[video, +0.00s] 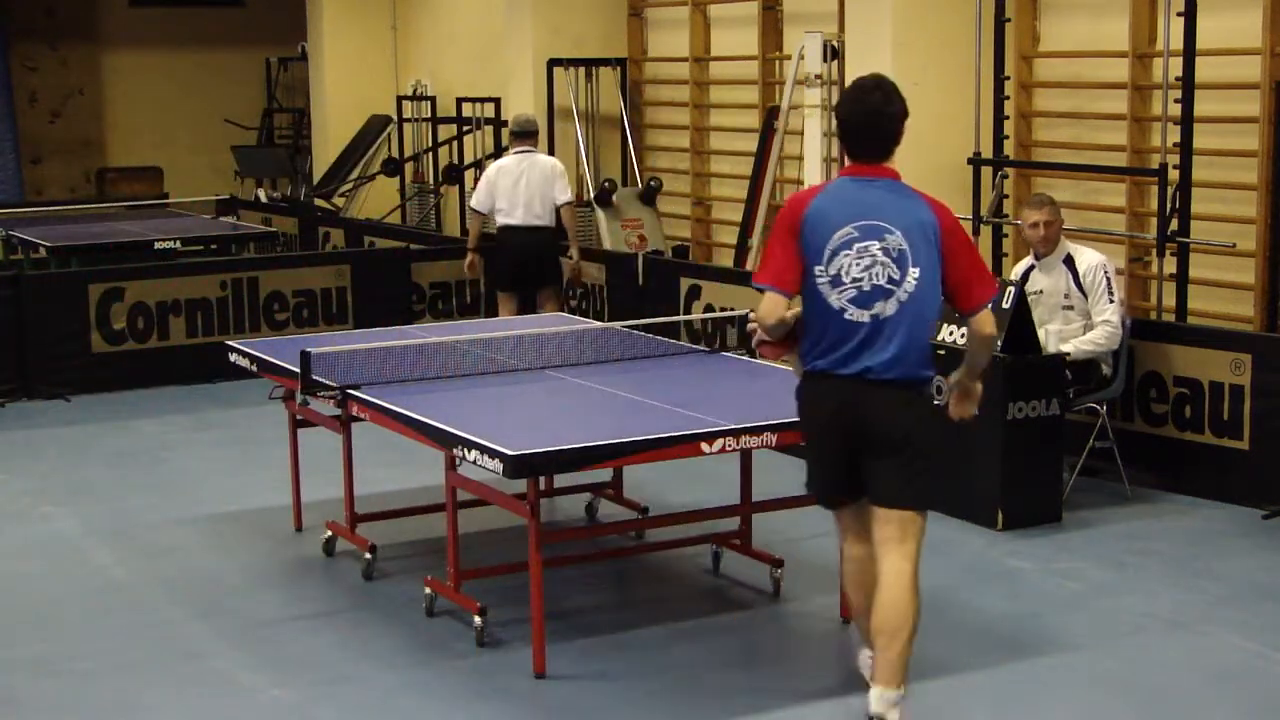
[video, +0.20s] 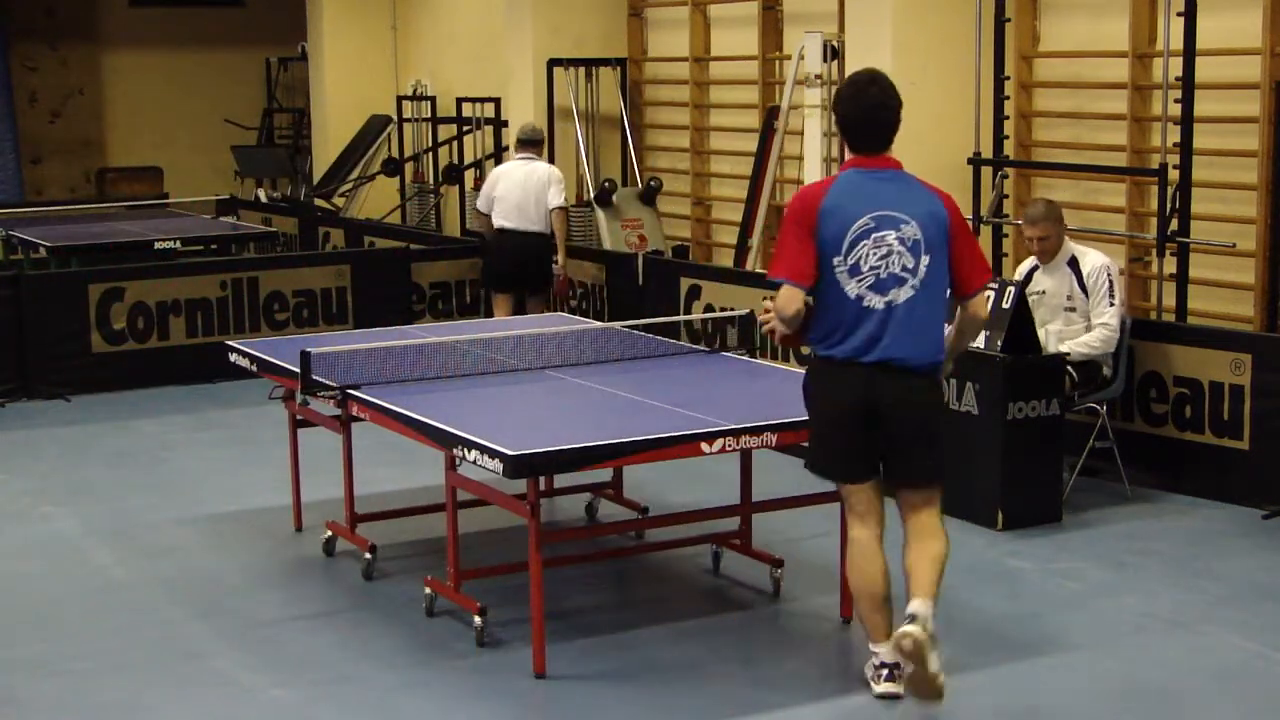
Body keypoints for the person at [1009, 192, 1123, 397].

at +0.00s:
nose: (1042, 233)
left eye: (1049, 224)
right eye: (1034, 226)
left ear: (1061, 225)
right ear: (1022, 232)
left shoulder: (1092, 264)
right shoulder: (1021, 272)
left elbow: (1110, 333)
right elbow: (1009, 329)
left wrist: (1060, 355)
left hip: (1085, 367)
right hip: (1034, 368)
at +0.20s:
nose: (1035, 248)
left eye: (1043, 239)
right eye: (1029, 240)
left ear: (1063, 230)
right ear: (1023, 236)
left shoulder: (1096, 267)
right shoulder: (1024, 272)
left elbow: (1107, 336)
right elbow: (1010, 326)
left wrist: (1058, 355)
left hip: (1087, 365)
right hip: (1036, 365)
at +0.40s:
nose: (1043, 257)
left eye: (1050, 251)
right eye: (1038, 250)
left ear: (1070, 239)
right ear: (1033, 242)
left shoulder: (1102, 273)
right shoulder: (1034, 271)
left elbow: (1092, 341)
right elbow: (1028, 324)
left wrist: (1051, 368)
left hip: (1088, 367)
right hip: (1043, 363)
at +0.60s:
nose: (1046, 264)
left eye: (1054, 259)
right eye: (1044, 257)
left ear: (1076, 248)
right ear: (1039, 246)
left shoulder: (1102, 282)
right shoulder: (1044, 268)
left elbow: (1083, 347)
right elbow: (1035, 320)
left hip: (1092, 367)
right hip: (1050, 359)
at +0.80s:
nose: (1045, 273)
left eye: (1052, 267)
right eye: (1042, 266)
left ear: (1073, 257)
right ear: (1040, 255)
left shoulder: (1097, 292)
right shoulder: (1054, 269)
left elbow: (1070, 355)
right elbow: (1041, 314)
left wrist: (1047, 330)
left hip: (1096, 373)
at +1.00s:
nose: (1042, 278)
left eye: (1050, 272)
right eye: (1039, 271)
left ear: (1070, 262)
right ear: (1036, 259)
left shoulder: (1093, 299)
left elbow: (1068, 359)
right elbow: (1045, 314)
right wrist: (1015, 340)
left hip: (1096, 374)